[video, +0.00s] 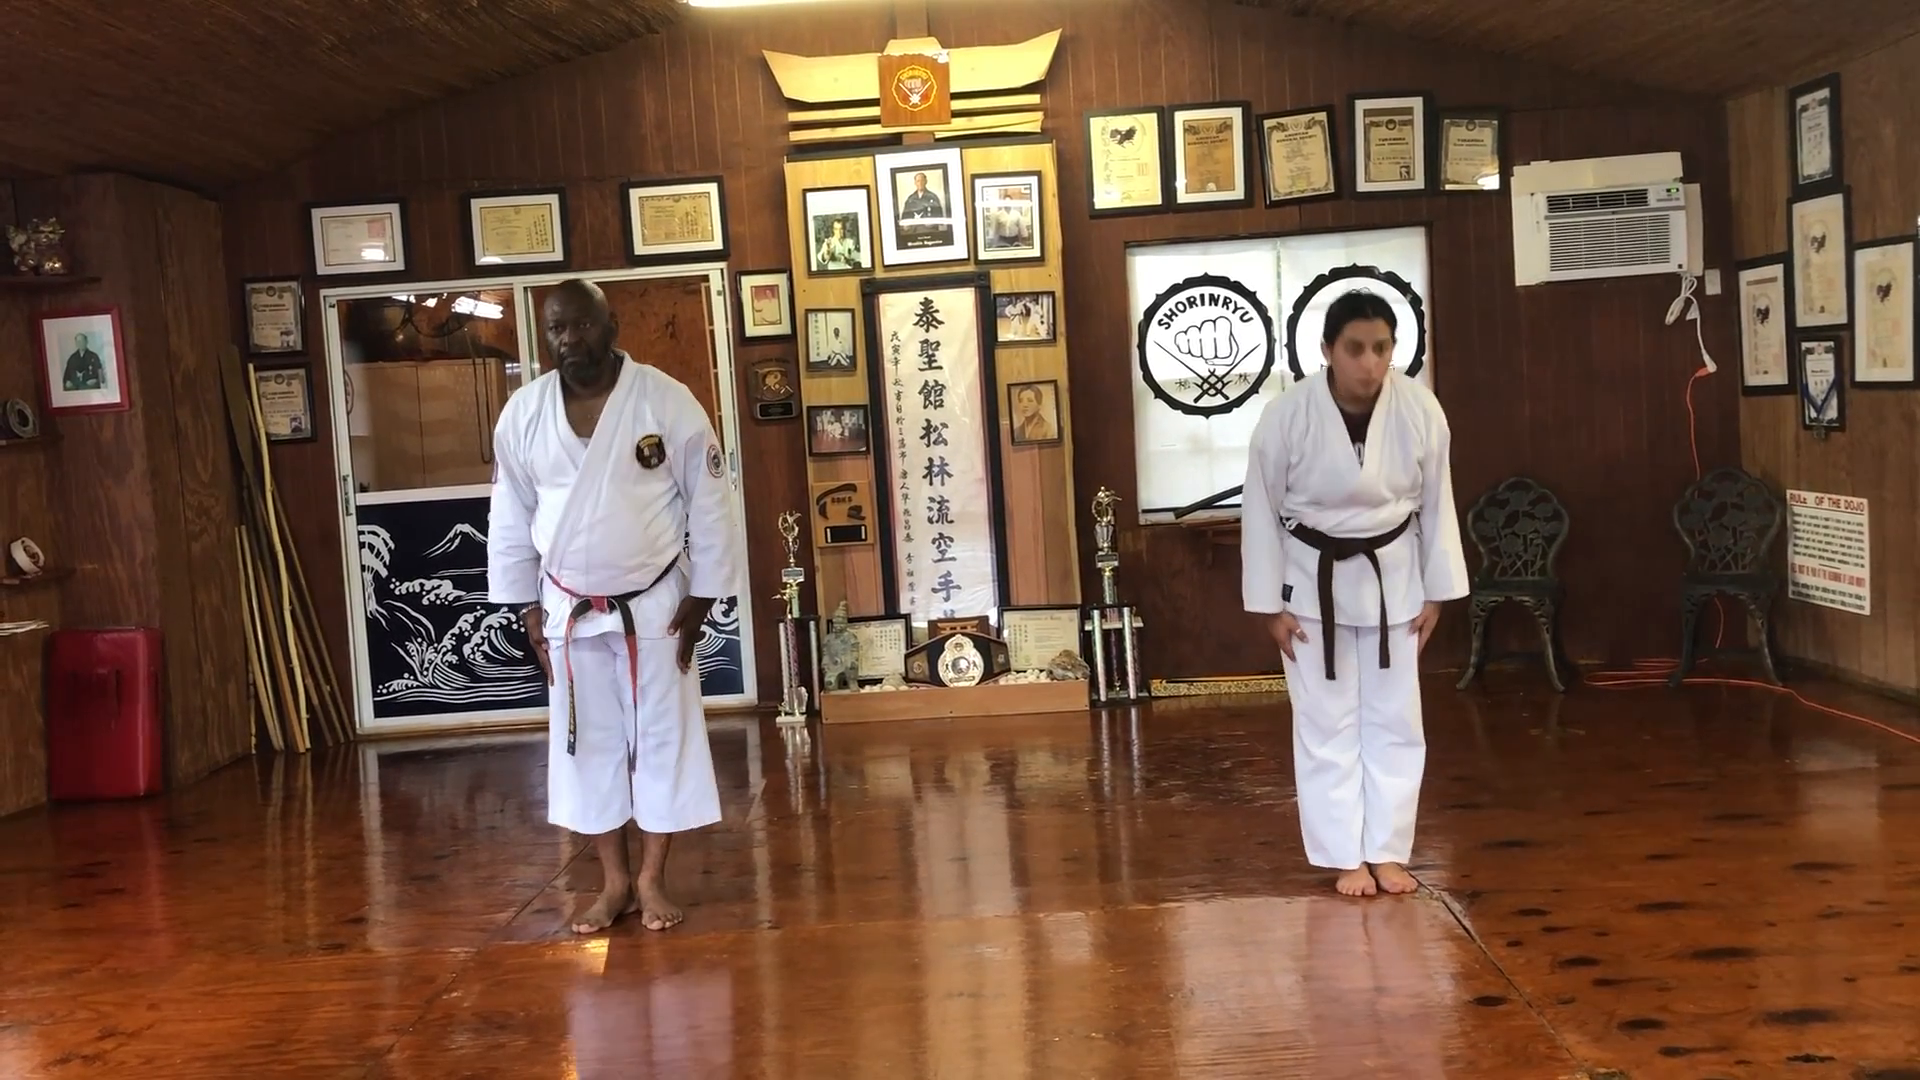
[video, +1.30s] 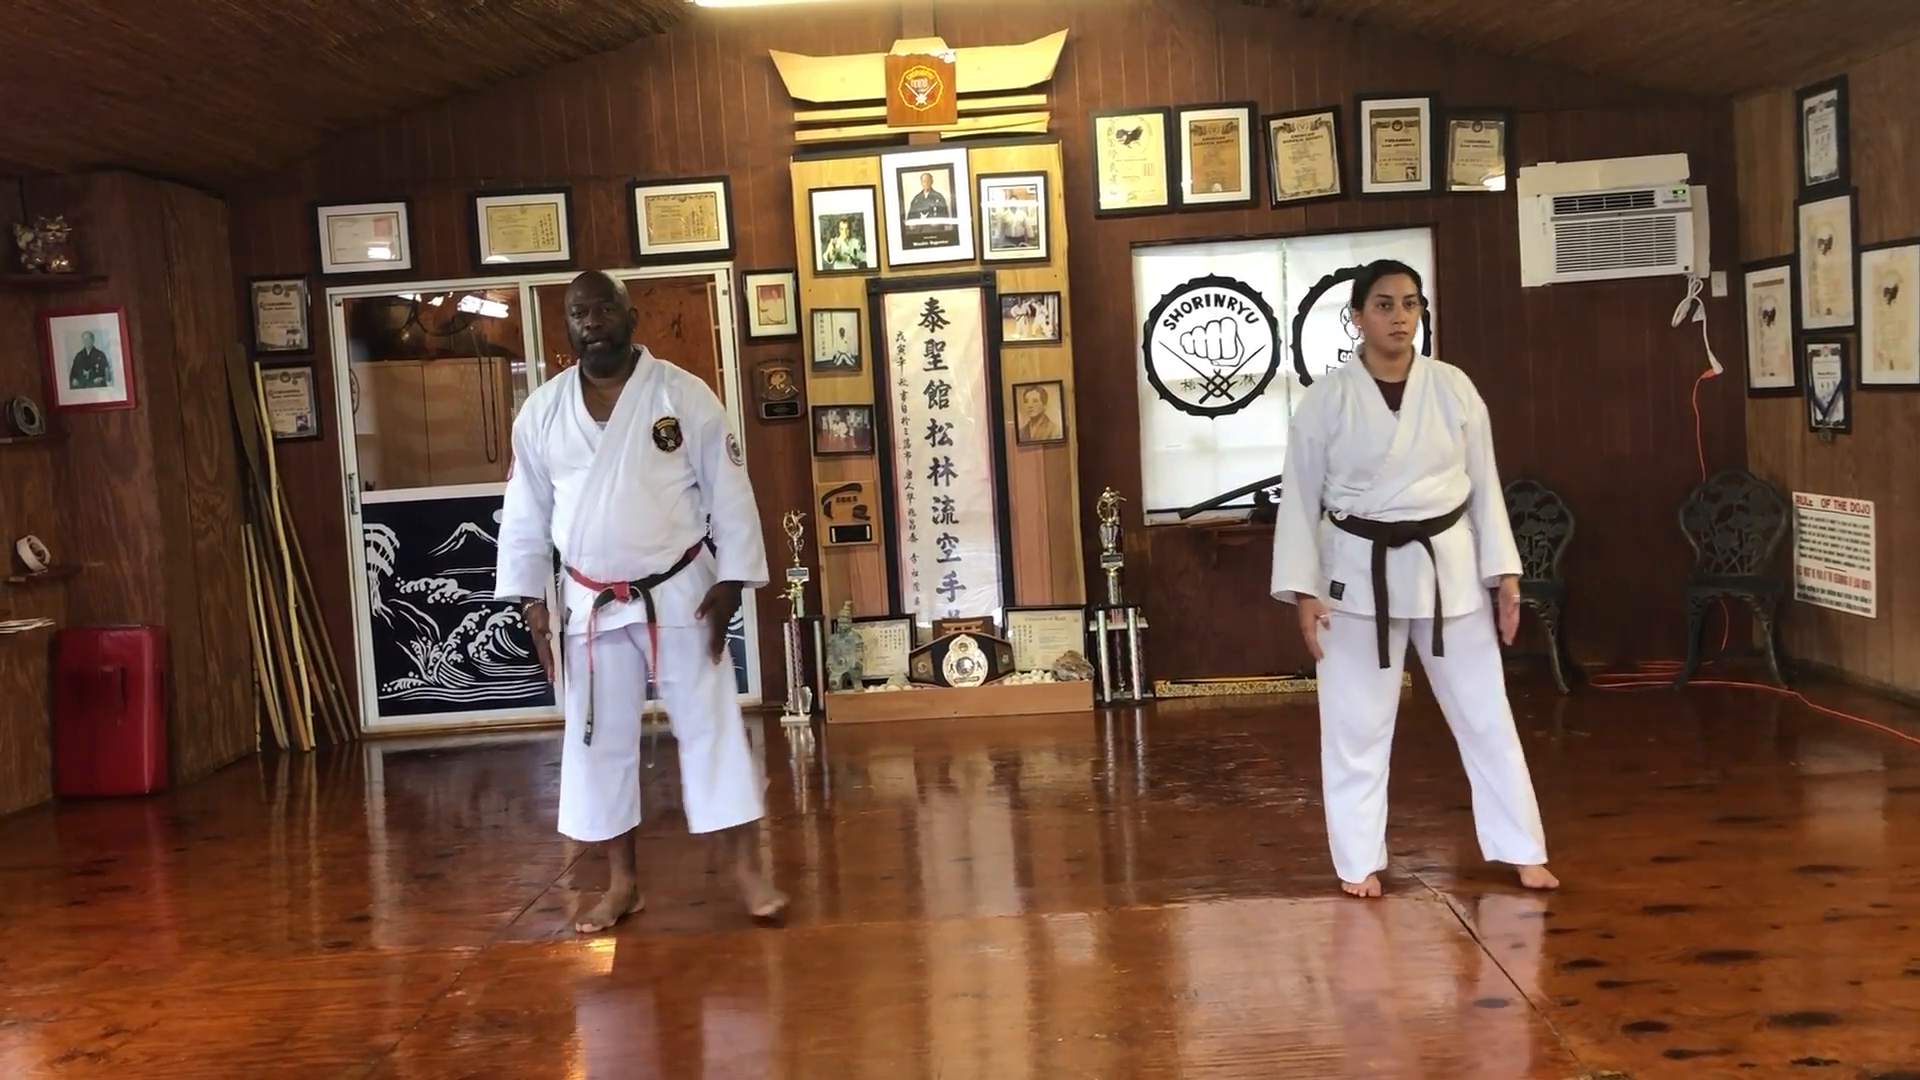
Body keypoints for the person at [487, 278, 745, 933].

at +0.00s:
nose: (566, 340)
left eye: (577, 325)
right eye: (555, 330)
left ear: (610, 325)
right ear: (545, 337)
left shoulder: (667, 401)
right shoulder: (523, 414)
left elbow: (710, 502)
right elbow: (512, 514)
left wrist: (705, 594)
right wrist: (525, 604)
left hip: (655, 595)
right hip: (569, 603)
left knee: (660, 737)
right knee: (588, 738)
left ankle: (650, 880)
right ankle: (613, 882)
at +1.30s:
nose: (592, 324)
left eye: (603, 310)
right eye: (579, 314)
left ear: (631, 316)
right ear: (566, 326)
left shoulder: (682, 394)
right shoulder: (541, 413)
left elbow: (728, 491)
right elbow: (526, 512)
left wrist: (733, 579)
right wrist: (533, 604)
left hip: (680, 585)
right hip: (591, 597)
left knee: (712, 723)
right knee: (600, 735)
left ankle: (747, 868)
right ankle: (620, 881)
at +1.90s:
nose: (693, 328)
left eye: (704, 316)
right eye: (680, 319)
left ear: (730, 323)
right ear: (664, 333)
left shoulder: (779, 406)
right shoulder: (637, 413)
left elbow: (815, 502)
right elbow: (615, 507)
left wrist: (797, 576)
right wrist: (619, 586)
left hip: (761, 594)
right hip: (668, 599)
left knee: (794, 734)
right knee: (651, 743)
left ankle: (815, 877)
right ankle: (626, 888)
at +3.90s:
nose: (673, 339)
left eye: (685, 326)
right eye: (661, 330)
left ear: (715, 334)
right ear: (648, 343)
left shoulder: (764, 418)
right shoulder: (620, 425)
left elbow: (797, 517)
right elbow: (596, 517)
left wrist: (774, 593)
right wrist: (600, 594)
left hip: (738, 608)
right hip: (648, 612)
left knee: (776, 746)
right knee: (631, 752)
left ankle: (804, 889)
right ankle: (614, 901)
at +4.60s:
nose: (653, 352)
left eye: (667, 340)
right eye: (644, 340)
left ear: (701, 340)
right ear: (633, 342)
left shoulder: (755, 405)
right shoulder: (609, 402)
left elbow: (808, 484)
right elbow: (547, 470)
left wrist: (749, 523)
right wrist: (602, 517)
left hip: (735, 594)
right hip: (643, 597)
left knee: (767, 735)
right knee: (621, 740)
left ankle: (802, 888)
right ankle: (603, 897)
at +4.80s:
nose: (651, 416)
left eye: (662, 404)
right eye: (641, 405)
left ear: (684, 390)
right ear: (626, 396)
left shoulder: (726, 425)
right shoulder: (608, 426)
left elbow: (773, 457)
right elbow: (557, 462)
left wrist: (722, 403)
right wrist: (546, 396)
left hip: (739, 619)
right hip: (648, 625)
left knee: (768, 750)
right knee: (622, 754)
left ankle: (786, 893)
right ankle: (599, 899)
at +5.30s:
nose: (659, 408)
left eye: (673, 398)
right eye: (651, 397)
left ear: (703, 391)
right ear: (639, 390)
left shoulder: (737, 429)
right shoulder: (611, 428)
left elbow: (774, 485)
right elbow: (550, 498)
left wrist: (694, 447)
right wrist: (547, 457)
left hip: (723, 618)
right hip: (632, 621)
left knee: (758, 743)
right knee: (616, 752)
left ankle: (786, 893)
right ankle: (616, 891)